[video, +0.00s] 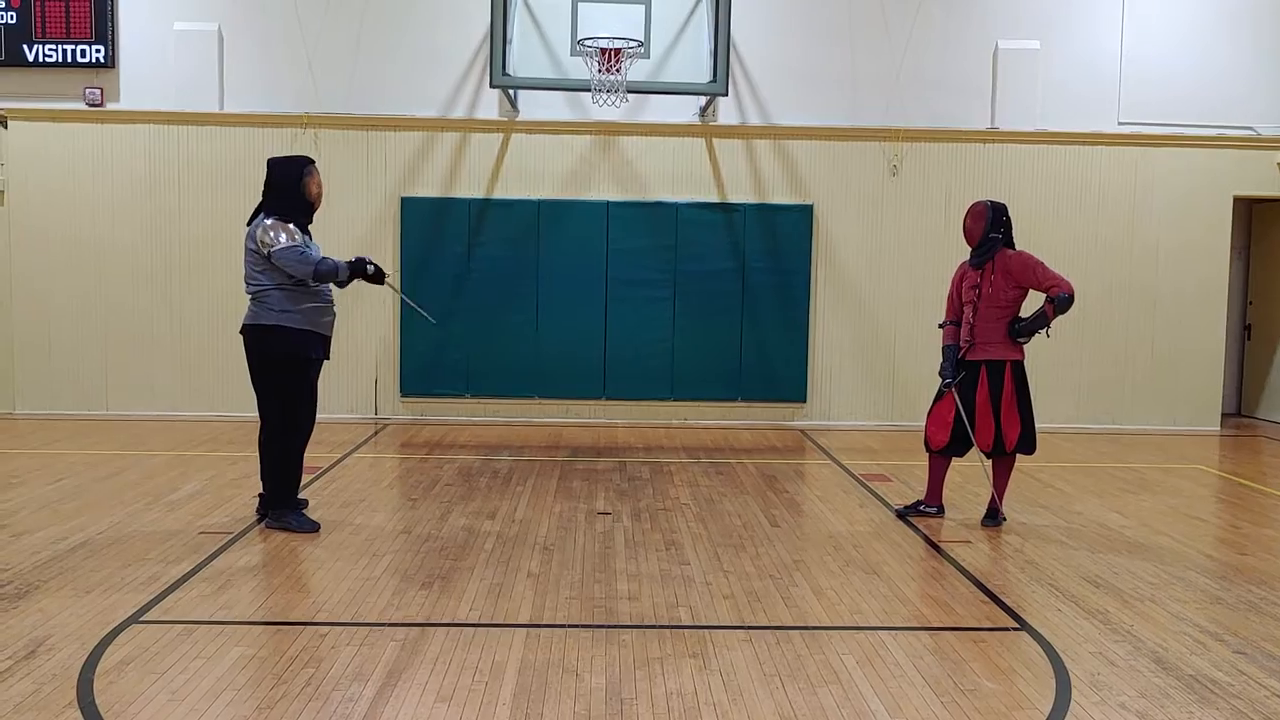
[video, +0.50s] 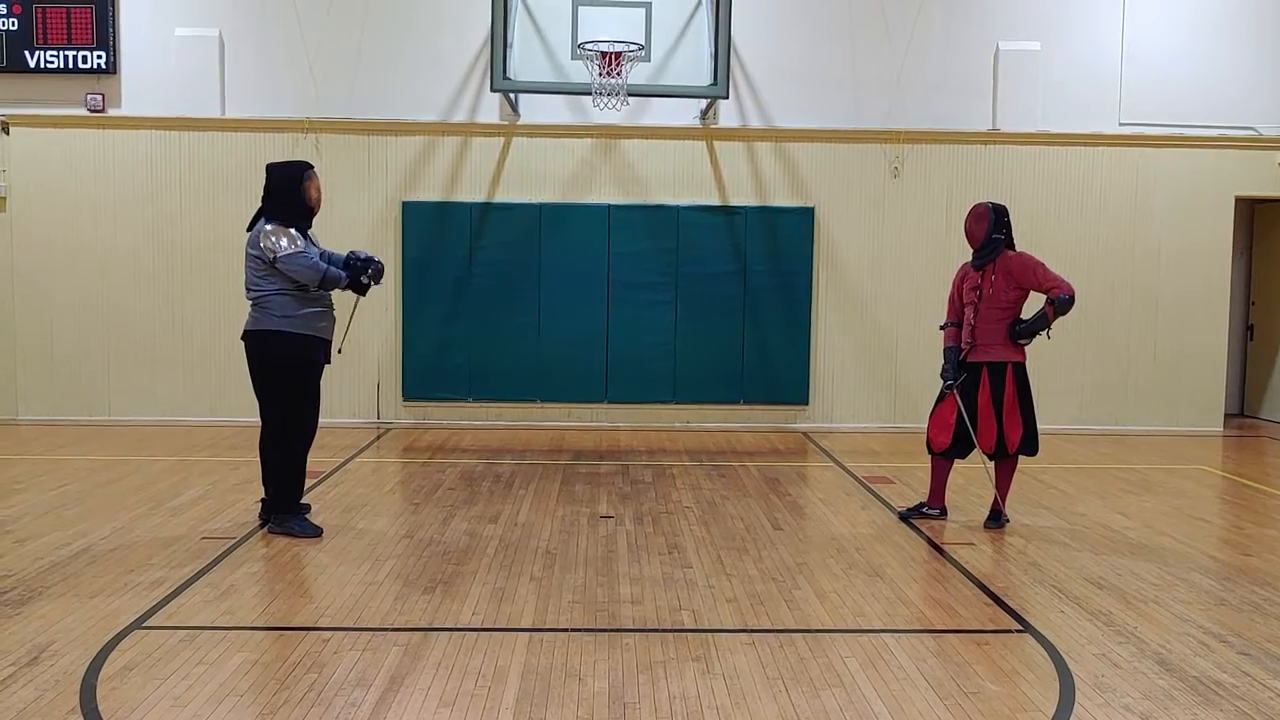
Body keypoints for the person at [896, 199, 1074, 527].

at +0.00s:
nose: (966, 229)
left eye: (972, 222)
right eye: (967, 222)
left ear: (991, 225)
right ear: (979, 226)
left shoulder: (1015, 261)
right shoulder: (965, 270)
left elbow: (1063, 292)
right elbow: (952, 319)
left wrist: (1032, 324)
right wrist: (949, 358)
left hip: (1003, 363)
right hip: (965, 363)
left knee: (1004, 434)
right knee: (941, 426)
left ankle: (995, 506)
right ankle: (932, 500)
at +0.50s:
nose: (968, 232)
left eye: (974, 225)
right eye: (969, 225)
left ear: (992, 227)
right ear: (980, 228)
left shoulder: (1016, 263)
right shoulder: (966, 272)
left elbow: (1064, 293)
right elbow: (953, 320)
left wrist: (1032, 326)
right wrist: (950, 361)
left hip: (1004, 365)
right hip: (967, 365)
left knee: (1006, 435)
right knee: (943, 428)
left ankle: (998, 508)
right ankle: (935, 503)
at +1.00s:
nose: (964, 229)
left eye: (970, 222)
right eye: (964, 222)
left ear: (989, 225)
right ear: (974, 226)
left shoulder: (1012, 259)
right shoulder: (965, 270)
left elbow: (1062, 290)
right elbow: (953, 318)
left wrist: (1031, 323)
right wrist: (950, 359)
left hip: (1003, 362)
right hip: (966, 363)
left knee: (1006, 433)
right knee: (943, 426)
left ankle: (999, 505)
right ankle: (936, 501)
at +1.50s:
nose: (962, 216)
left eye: (967, 208)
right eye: (961, 209)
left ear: (987, 210)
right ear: (971, 211)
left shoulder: (1013, 244)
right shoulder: (964, 255)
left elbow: (1061, 275)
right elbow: (953, 304)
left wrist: (1032, 308)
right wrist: (949, 343)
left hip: (1004, 347)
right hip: (967, 348)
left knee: (1007, 417)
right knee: (944, 411)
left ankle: (1000, 490)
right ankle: (937, 486)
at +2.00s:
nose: (960, 198)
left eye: (966, 190)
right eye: (959, 191)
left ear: (986, 194)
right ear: (966, 195)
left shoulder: (1009, 229)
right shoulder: (962, 240)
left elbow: (1058, 259)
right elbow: (951, 290)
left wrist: (1028, 292)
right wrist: (947, 328)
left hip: (1002, 332)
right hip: (964, 333)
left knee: (1004, 402)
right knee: (941, 395)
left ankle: (998, 475)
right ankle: (935, 471)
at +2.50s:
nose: (959, 189)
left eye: (965, 182)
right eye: (959, 182)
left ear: (984, 185)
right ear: (969, 186)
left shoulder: (1008, 220)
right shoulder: (961, 232)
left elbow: (1058, 251)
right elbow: (951, 283)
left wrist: (1028, 283)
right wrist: (940, 322)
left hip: (1000, 323)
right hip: (962, 324)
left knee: (1003, 394)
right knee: (938, 388)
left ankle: (997, 467)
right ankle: (934, 462)